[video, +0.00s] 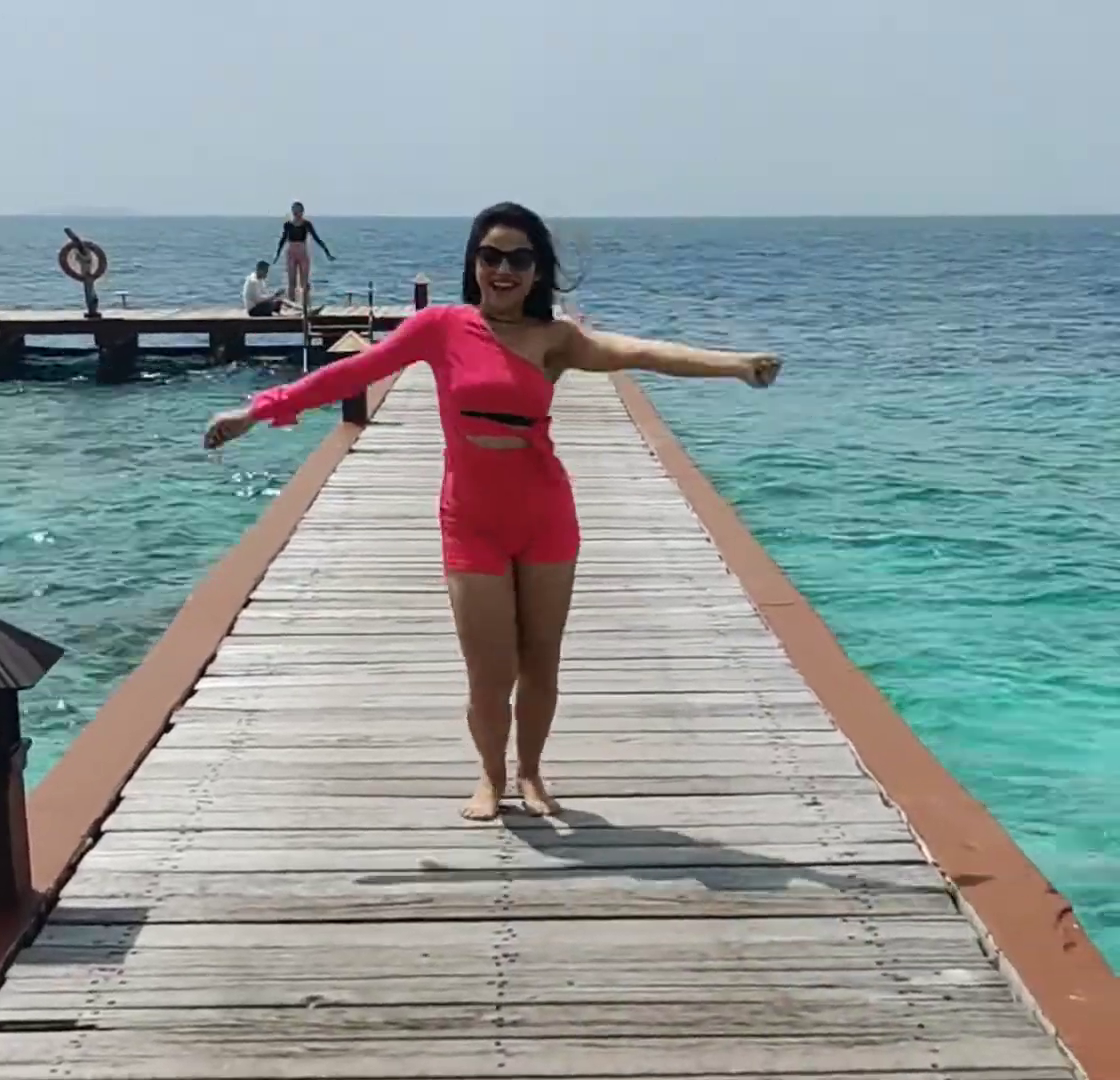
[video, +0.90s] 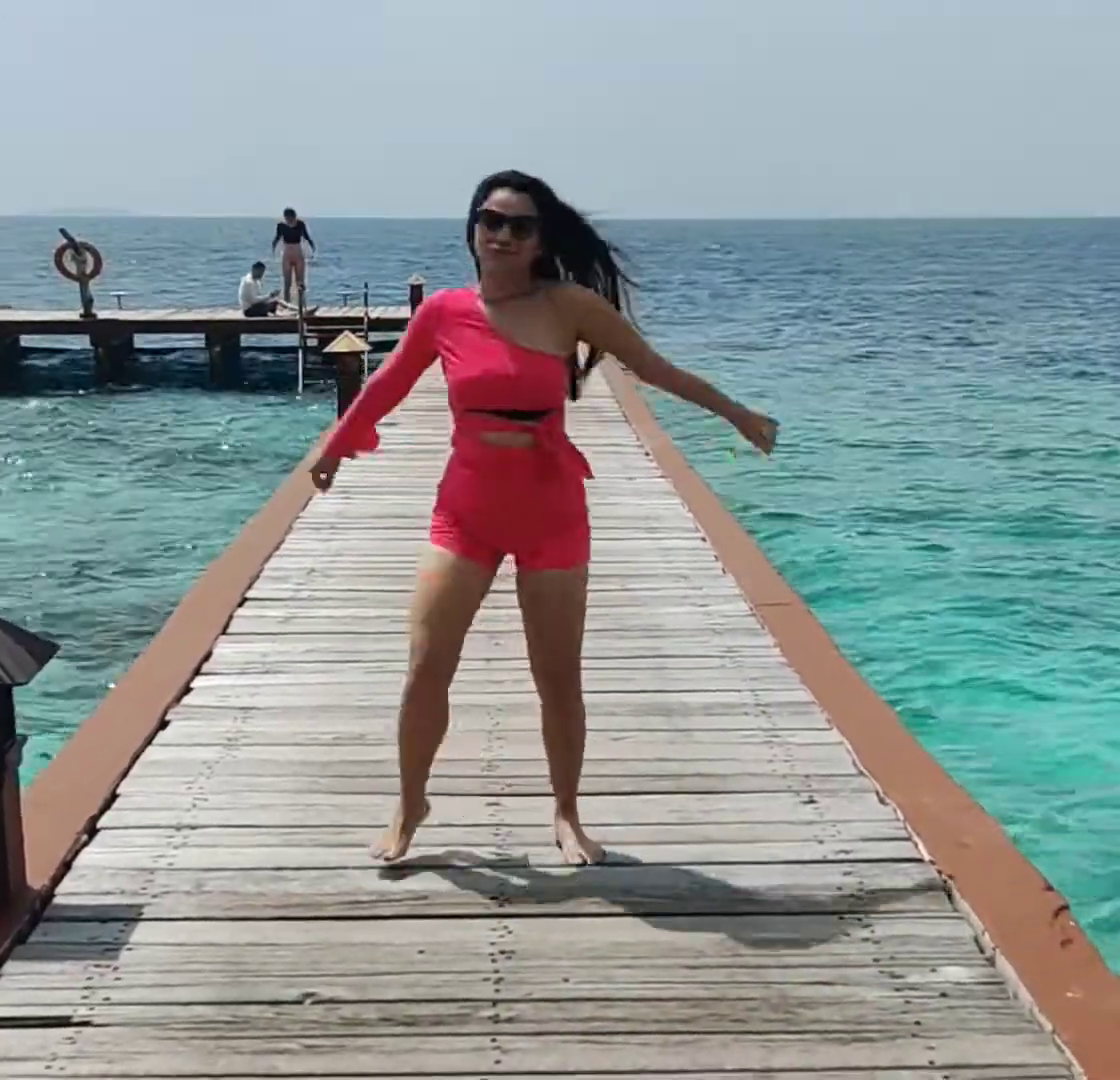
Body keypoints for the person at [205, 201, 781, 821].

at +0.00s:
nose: (504, 269)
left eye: (519, 259)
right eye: (490, 257)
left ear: (540, 268)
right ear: (472, 263)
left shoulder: (559, 338)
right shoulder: (441, 326)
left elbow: (645, 354)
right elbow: (349, 372)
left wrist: (738, 365)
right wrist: (257, 411)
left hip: (548, 516)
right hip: (471, 521)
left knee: (541, 664)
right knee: (489, 677)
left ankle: (531, 773)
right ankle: (493, 780)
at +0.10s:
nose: (500, 265)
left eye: (516, 254)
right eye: (487, 251)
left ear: (536, 263)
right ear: (471, 255)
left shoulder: (557, 323)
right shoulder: (440, 324)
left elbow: (582, 366)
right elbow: (403, 397)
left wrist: (624, 404)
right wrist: (368, 463)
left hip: (535, 507)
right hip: (458, 507)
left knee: (544, 663)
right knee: (477, 661)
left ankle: (534, 757)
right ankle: (482, 783)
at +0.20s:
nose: (495, 261)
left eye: (511, 251)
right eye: (483, 247)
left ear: (530, 259)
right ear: (464, 252)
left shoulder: (548, 308)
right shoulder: (444, 327)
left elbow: (523, 356)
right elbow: (481, 409)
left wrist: (488, 394)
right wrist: (531, 474)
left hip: (529, 503)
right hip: (451, 505)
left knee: (536, 646)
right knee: (471, 660)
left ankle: (529, 719)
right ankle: (480, 782)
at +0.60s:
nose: (480, 300)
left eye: (494, 285)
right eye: (469, 287)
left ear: (528, 277)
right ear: (463, 283)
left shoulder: (564, 318)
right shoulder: (470, 350)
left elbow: (607, 384)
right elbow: (434, 440)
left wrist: (514, 419)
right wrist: (494, 465)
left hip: (534, 540)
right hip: (460, 532)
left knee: (533, 694)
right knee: (463, 669)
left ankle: (561, 823)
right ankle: (481, 770)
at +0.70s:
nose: (485, 290)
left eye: (498, 274)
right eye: (474, 276)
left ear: (533, 266)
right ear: (467, 275)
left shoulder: (575, 316)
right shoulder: (474, 346)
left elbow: (640, 397)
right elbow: (438, 442)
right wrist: (412, 515)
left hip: (549, 531)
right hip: (475, 524)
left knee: (542, 692)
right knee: (425, 671)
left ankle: (563, 823)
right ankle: (467, 757)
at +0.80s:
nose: (500, 259)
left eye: (517, 248)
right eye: (488, 247)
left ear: (545, 254)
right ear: (474, 255)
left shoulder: (576, 318)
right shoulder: (461, 339)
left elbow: (652, 402)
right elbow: (412, 433)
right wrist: (358, 509)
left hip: (556, 523)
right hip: (476, 517)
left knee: (550, 689)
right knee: (413, 662)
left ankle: (564, 823)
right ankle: (446, 760)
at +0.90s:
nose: (501, 234)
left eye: (518, 224)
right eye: (489, 221)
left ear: (542, 237)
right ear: (472, 230)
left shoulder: (570, 307)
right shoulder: (442, 311)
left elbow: (653, 369)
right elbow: (386, 386)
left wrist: (738, 414)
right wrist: (333, 445)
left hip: (550, 504)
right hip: (467, 501)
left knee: (558, 676)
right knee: (424, 669)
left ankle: (567, 816)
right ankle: (410, 807)